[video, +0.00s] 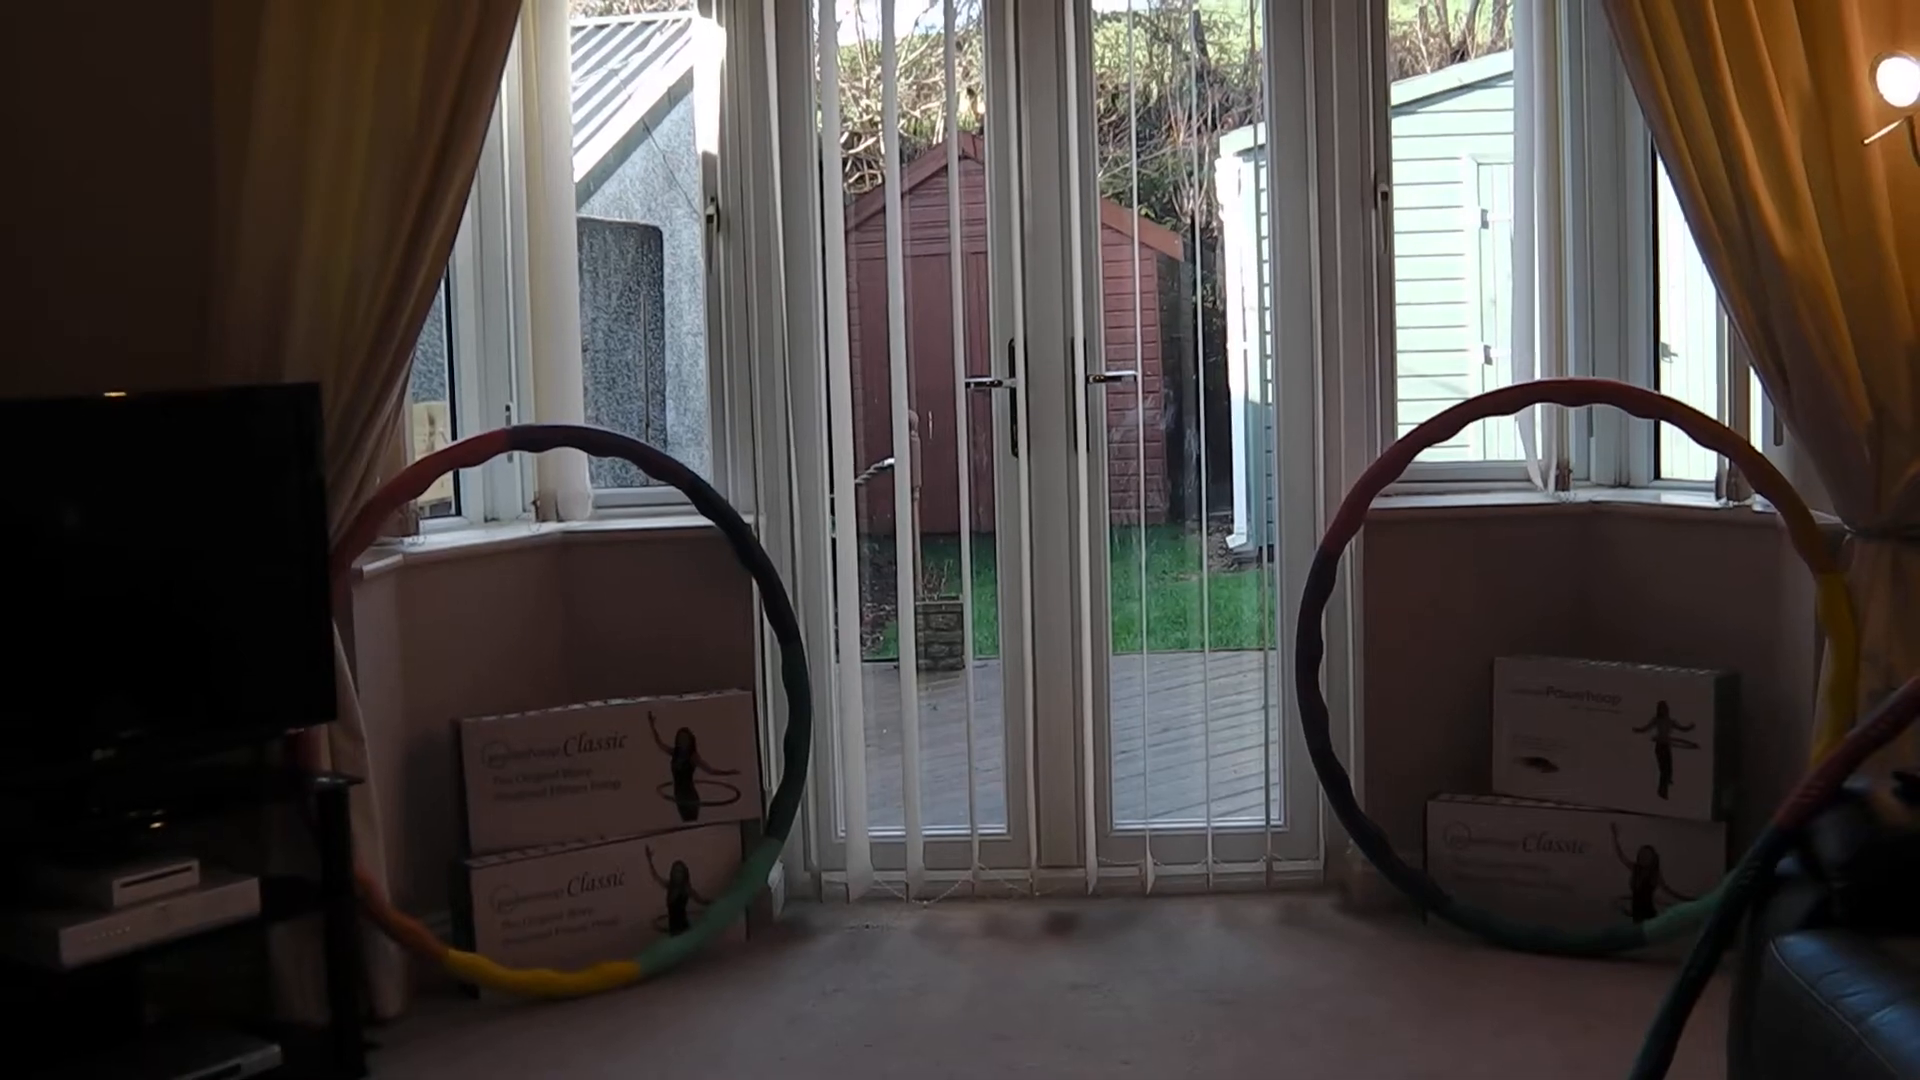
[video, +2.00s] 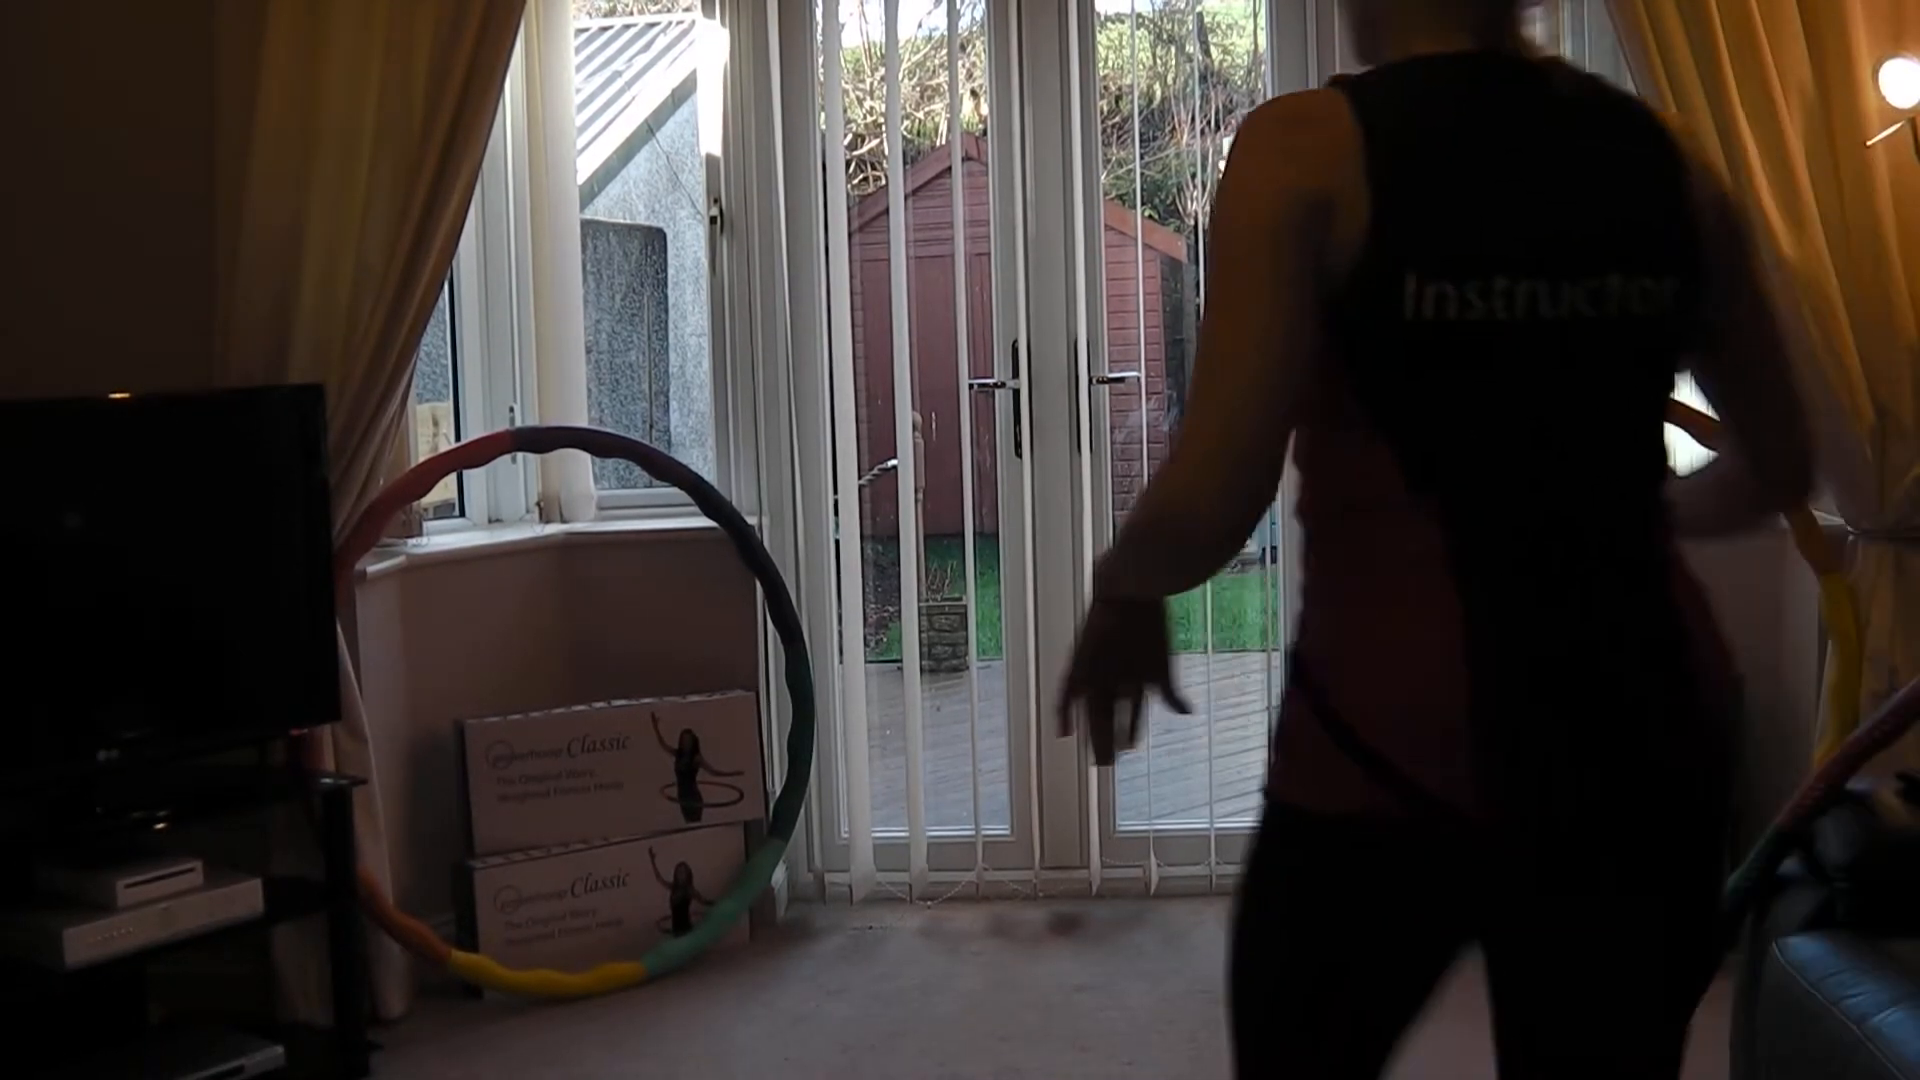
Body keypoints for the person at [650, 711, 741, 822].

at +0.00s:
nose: (682, 741)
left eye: (685, 739)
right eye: (680, 738)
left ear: (690, 741)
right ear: (676, 740)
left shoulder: (692, 756)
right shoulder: (675, 754)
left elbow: (710, 771)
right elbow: (659, 743)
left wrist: (729, 773)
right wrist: (652, 725)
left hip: (689, 794)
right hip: (678, 794)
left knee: (692, 827)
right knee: (688, 827)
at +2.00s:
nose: (684, 742)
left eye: (688, 739)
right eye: (683, 739)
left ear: (693, 742)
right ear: (680, 741)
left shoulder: (696, 758)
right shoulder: (678, 754)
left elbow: (713, 772)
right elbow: (662, 744)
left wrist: (733, 774)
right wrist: (655, 726)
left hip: (693, 794)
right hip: (682, 794)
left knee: (696, 827)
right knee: (690, 827)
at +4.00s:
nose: (685, 742)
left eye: (688, 739)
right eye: (683, 739)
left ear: (693, 741)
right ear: (680, 741)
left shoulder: (696, 757)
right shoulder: (678, 754)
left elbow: (712, 772)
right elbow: (662, 744)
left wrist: (732, 774)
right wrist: (655, 725)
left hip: (693, 794)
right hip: (682, 795)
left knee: (695, 828)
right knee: (690, 828)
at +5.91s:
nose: (685, 742)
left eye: (688, 739)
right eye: (683, 739)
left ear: (694, 742)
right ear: (680, 741)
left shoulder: (696, 757)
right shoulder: (678, 755)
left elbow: (712, 772)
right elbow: (662, 745)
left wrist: (733, 773)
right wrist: (655, 726)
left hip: (692, 795)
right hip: (682, 795)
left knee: (695, 828)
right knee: (690, 828)